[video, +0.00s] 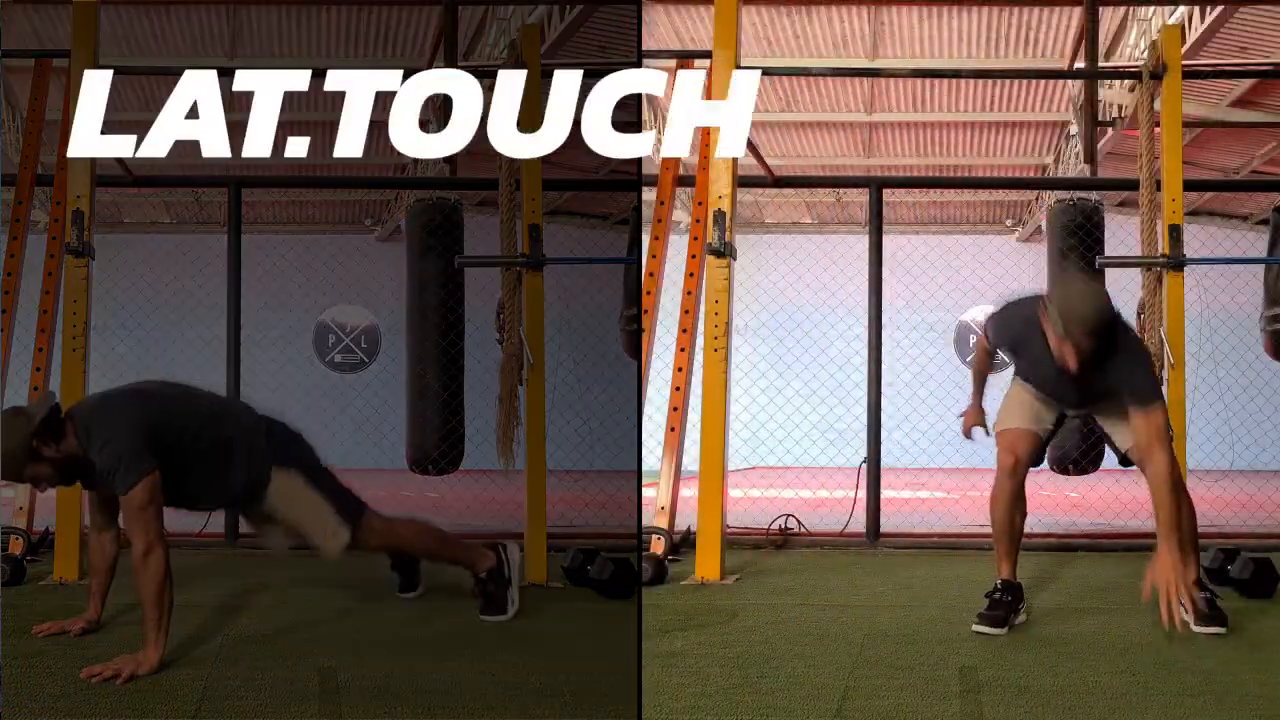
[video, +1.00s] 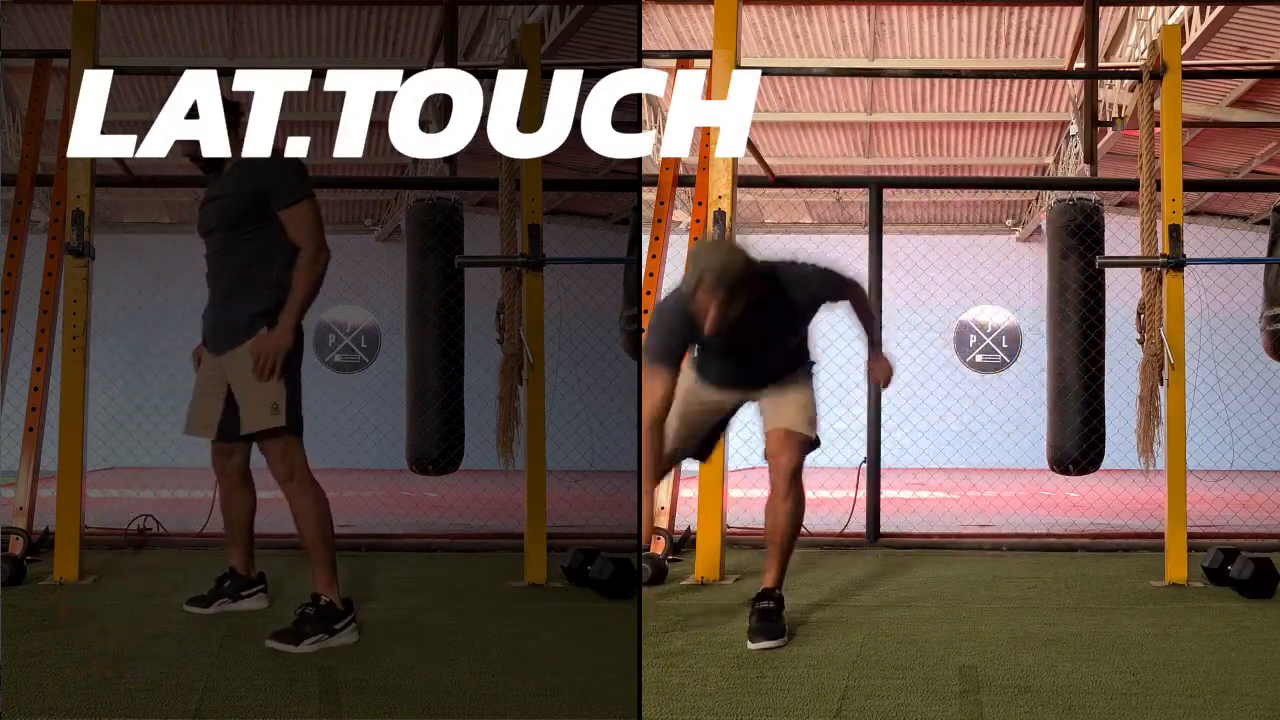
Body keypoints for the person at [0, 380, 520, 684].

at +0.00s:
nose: (40, 485)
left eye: (34, 477)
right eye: (31, 480)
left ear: (46, 448)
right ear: (46, 439)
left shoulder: (117, 432)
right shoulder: (85, 438)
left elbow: (148, 544)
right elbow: (103, 531)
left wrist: (152, 649)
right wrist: (92, 610)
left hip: (265, 456)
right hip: (238, 474)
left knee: (362, 529)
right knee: (323, 527)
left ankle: (484, 558)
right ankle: (401, 546)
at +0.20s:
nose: (101, 493)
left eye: (96, 483)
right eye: (93, 488)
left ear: (108, 460)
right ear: (102, 454)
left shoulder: (153, 433)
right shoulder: (112, 433)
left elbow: (160, 546)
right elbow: (110, 529)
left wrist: (150, 651)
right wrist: (93, 612)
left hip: (284, 344)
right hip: (244, 364)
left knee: (316, 474)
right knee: (251, 469)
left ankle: (418, 561)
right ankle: (320, 540)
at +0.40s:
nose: (122, 445)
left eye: (119, 433)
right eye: (116, 438)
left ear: (135, 414)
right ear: (132, 412)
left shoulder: (181, 412)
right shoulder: (141, 416)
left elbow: (166, 524)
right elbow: (121, 511)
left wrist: (132, 622)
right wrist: (87, 596)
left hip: (323, 357)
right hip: (272, 368)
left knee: (283, 465)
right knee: (216, 468)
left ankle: (332, 605)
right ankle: (242, 578)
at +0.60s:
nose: (124, 279)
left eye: (126, 267)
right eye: (118, 270)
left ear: (152, 252)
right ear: (140, 261)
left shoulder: (208, 282)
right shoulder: (166, 300)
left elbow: (236, 375)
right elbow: (165, 381)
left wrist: (197, 459)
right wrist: (142, 455)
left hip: (321, 355)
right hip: (272, 368)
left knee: (284, 462)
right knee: (217, 464)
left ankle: (331, 604)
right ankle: (242, 577)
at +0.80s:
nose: (156, 165)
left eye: (158, 151)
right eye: (151, 155)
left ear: (186, 138)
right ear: (171, 148)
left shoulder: (254, 175)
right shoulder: (199, 195)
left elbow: (298, 257)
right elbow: (221, 272)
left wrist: (270, 337)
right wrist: (205, 342)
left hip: (287, 335)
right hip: (244, 339)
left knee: (290, 463)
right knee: (227, 458)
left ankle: (331, 601)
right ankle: (243, 576)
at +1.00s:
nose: (196, 140)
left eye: (204, 126)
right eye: (194, 130)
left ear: (233, 121)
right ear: (202, 134)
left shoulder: (276, 168)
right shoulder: (216, 185)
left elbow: (314, 251)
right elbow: (229, 274)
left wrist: (285, 328)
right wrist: (210, 339)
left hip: (266, 336)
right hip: (221, 342)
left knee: (287, 464)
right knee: (227, 460)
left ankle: (331, 602)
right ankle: (242, 576)